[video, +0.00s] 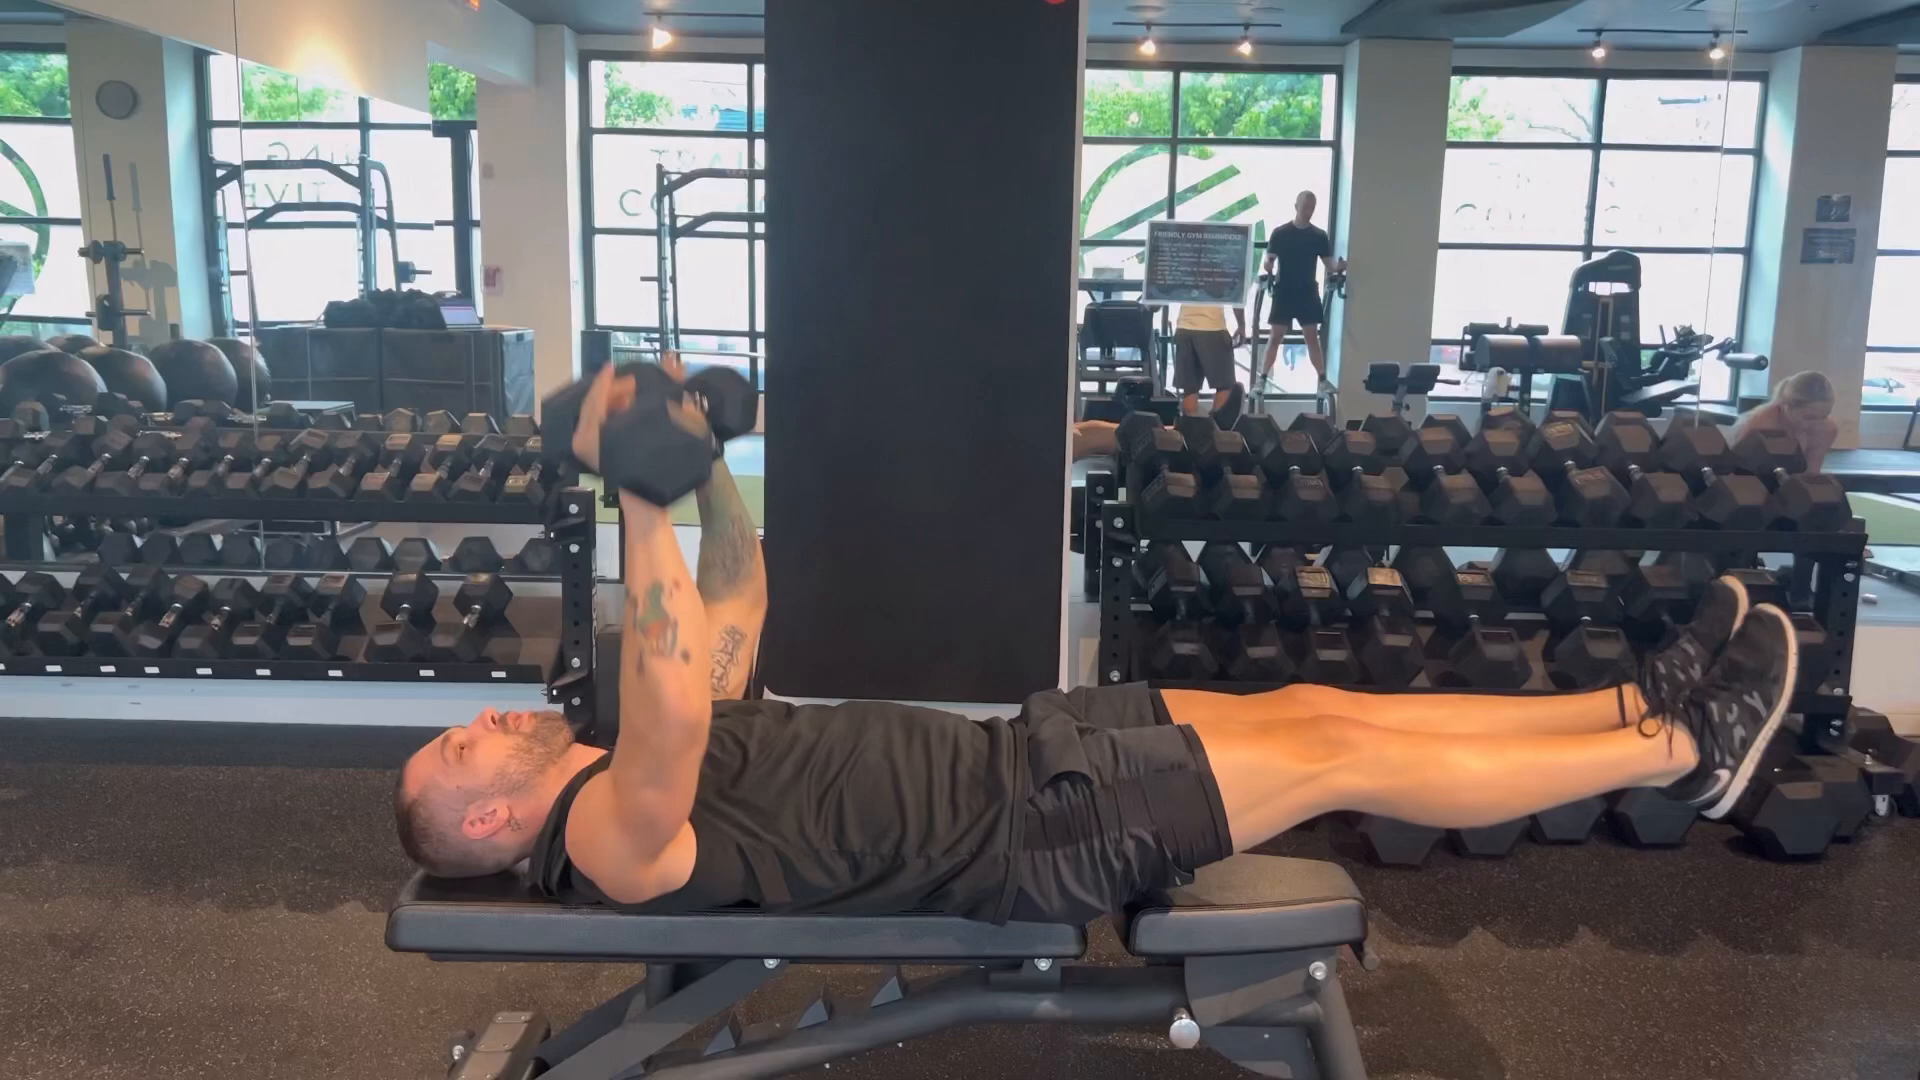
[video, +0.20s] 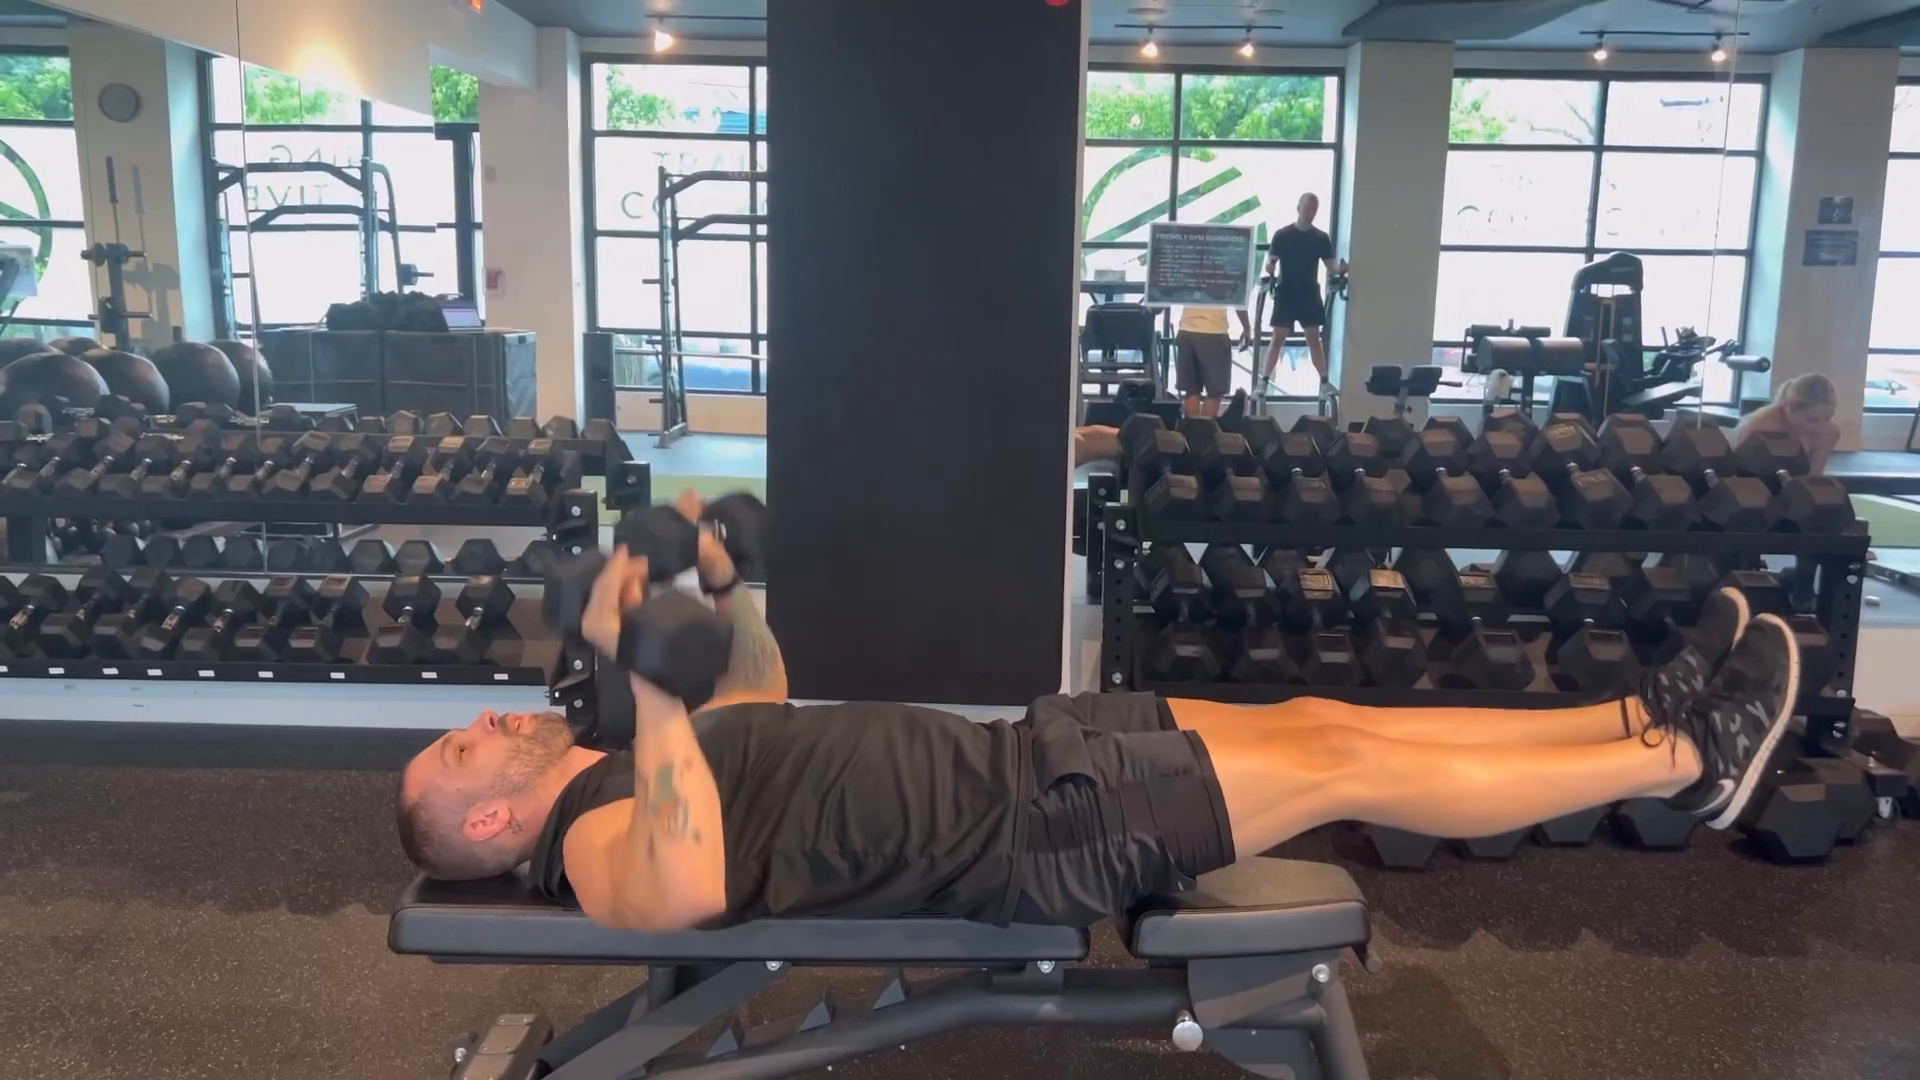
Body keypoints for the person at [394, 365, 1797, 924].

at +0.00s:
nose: (496, 722)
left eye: (476, 729)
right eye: (473, 753)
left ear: (524, 748)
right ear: (499, 826)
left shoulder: (630, 759)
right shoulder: (613, 841)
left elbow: (729, 639)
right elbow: (671, 700)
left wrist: (705, 478)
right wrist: (644, 512)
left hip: (1034, 743)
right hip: (1038, 812)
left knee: (1334, 706)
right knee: (1340, 748)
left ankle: (1645, 714)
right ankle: (1671, 751)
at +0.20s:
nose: (498, 732)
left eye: (480, 733)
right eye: (473, 763)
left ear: (525, 744)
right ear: (485, 829)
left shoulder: (615, 755)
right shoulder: (596, 850)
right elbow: (688, 893)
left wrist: (622, 602)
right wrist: (656, 710)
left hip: (1031, 750)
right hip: (1026, 826)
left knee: (1340, 733)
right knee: (1346, 762)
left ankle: (1647, 733)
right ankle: (1677, 760)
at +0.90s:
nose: (509, 738)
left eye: (489, 744)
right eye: (486, 766)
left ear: (538, 773)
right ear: (508, 846)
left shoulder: (641, 771)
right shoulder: (624, 856)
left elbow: (735, 635)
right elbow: (659, 696)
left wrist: (705, 481)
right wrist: (651, 509)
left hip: (1043, 760)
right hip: (1048, 829)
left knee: (1347, 744)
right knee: (1365, 798)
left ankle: (1658, 761)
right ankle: (1690, 803)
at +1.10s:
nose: (504, 748)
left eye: (483, 754)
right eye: (485, 781)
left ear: (537, 790)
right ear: (520, 851)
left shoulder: (654, 778)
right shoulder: (630, 845)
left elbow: (711, 611)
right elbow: (642, 646)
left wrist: (668, 455)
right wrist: (633, 464)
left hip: (1044, 758)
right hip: (1053, 837)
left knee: (1324, 685)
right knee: (1340, 720)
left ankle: (1650, 640)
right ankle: (1680, 666)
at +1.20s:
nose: (506, 746)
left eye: (488, 753)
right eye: (484, 778)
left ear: (536, 790)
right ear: (514, 850)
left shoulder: (650, 785)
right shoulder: (630, 850)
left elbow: (709, 602)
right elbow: (639, 636)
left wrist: (682, 441)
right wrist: (636, 454)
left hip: (1022, 764)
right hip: (1028, 834)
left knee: (1287, 630)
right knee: (1300, 655)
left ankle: (1585, 492)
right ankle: (1627, 513)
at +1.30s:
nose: (495, 751)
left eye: (474, 764)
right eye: (480, 784)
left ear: (527, 790)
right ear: (519, 851)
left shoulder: (640, 775)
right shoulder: (631, 851)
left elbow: (706, 610)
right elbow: (641, 643)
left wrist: (676, 433)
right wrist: (627, 462)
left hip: (1003, 767)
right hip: (1029, 833)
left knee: (1240, 567)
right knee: (1252, 585)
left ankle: (1469, 359)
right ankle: (1519, 365)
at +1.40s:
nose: (495, 745)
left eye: (475, 755)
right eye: (474, 787)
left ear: (513, 761)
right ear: (514, 846)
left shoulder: (634, 778)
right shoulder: (623, 852)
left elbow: (706, 607)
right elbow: (650, 636)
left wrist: (668, 433)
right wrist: (641, 450)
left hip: (992, 776)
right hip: (1020, 839)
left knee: (1154, 530)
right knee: (1168, 546)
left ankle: (1339, 257)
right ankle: (1361, 253)